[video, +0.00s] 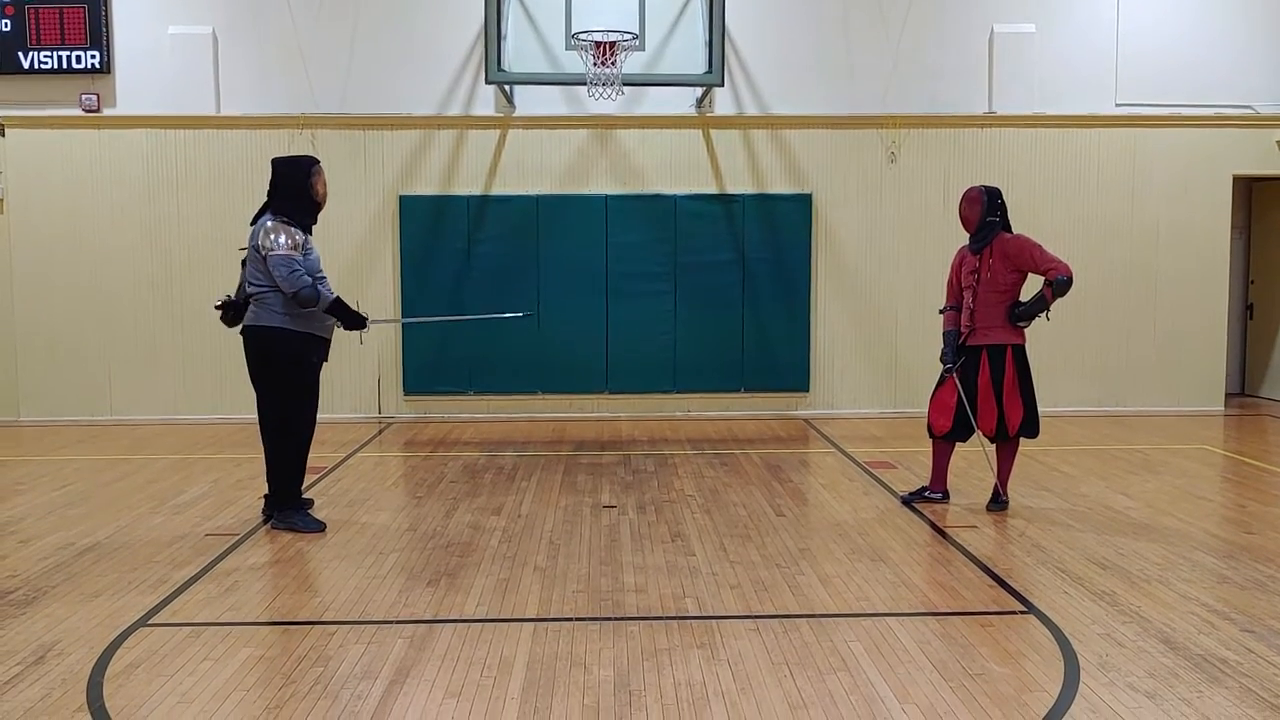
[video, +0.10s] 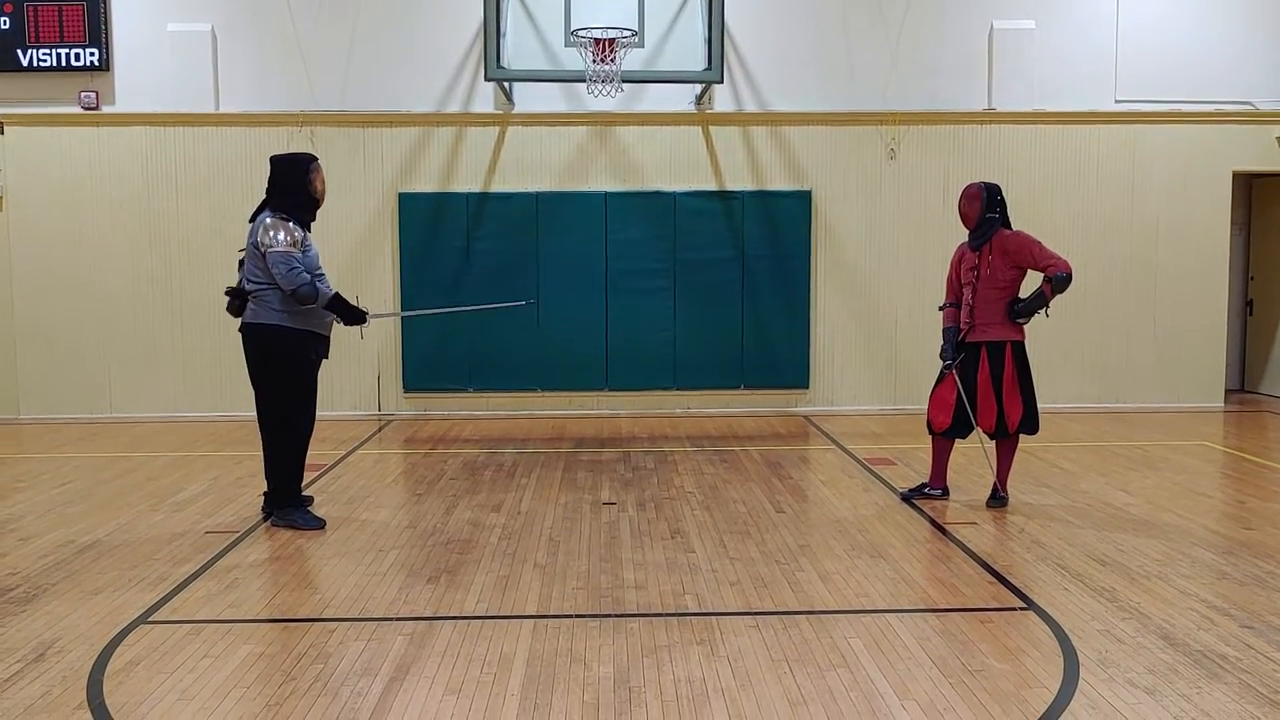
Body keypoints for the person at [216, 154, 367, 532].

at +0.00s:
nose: (325, 191)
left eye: (324, 182)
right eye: (320, 183)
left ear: (295, 187)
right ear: (301, 186)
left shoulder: (286, 227)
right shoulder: (278, 229)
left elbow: (254, 276)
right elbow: (296, 283)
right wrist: (340, 309)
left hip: (291, 337)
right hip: (277, 337)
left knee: (293, 419)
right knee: (288, 420)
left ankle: (283, 498)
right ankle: (283, 507)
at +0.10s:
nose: (324, 186)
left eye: (322, 178)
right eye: (318, 178)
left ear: (292, 183)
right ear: (300, 182)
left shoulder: (283, 222)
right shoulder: (278, 224)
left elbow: (249, 266)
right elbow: (295, 280)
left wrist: (242, 290)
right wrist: (339, 304)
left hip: (287, 334)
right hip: (277, 334)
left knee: (292, 416)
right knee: (288, 417)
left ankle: (283, 494)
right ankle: (283, 504)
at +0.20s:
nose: (320, 183)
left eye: (319, 175)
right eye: (315, 175)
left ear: (290, 179)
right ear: (297, 178)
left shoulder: (285, 220)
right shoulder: (275, 220)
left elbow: (297, 277)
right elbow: (295, 277)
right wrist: (338, 300)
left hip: (289, 332)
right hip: (276, 332)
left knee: (294, 413)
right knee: (286, 414)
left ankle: (284, 492)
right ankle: (282, 502)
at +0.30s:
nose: (317, 180)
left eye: (316, 172)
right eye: (312, 172)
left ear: (285, 177)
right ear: (294, 176)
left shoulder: (280, 217)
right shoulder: (275, 219)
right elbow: (294, 275)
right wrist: (338, 296)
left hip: (287, 328)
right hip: (276, 328)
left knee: (294, 411)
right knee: (286, 411)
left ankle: (283, 489)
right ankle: (281, 499)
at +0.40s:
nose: (315, 179)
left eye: (314, 171)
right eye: (310, 171)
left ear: (284, 175)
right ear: (292, 174)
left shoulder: (278, 216)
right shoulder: (273, 217)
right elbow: (294, 273)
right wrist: (337, 294)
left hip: (285, 325)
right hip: (277, 326)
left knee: (289, 408)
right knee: (287, 409)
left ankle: (280, 489)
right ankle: (282, 497)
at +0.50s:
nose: (313, 177)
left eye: (311, 169)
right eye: (308, 169)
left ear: (281, 174)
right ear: (291, 173)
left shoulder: (276, 213)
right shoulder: (272, 215)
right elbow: (295, 271)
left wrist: (244, 285)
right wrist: (337, 296)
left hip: (284, 323)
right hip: (277, 324)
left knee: (286, 407)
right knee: (287, 407)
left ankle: (280, 487)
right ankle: (283, 494)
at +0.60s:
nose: (310, 174)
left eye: (308, 167)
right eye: (305, 167)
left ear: (280, 171)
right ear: (287, 170)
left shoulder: (275, 212)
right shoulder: (272, 213)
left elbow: (286, 270)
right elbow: (298, 269)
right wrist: (336, 302)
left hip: (285, 321)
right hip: (277, 322)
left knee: (287, 404)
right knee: (285, 405)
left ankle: (282, 483)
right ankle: (282, 492)